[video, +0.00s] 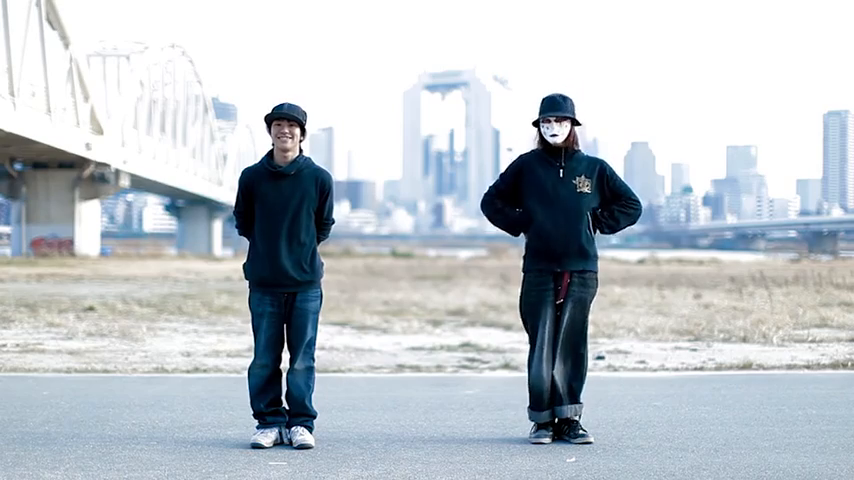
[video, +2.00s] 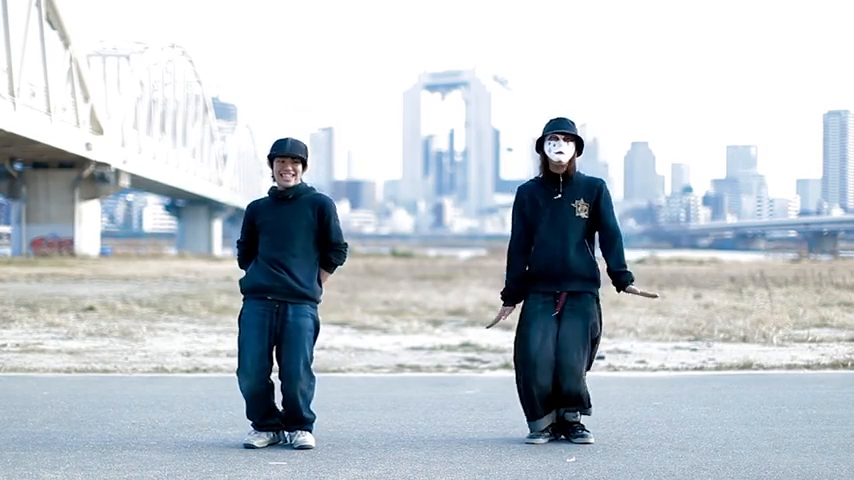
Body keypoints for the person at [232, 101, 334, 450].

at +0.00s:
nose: (285, 135)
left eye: (291, 129)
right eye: (279, 129)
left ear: (301, 135)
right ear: (270, 133)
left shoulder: (319, 179)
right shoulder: (251, 176)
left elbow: (323, 227)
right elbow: (243, 224)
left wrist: (299, 245)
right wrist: (269, 244)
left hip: (306, 280)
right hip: (264, 280)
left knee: (302, 355)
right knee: (265, 355)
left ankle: (300, 424)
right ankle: (269, 425)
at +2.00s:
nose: (286, 169)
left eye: (293, 163)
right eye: (281, 163)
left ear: (302, 168)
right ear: (272, 167)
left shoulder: (321, 205)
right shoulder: (256, 209)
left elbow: (337, 250)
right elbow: (245, 252)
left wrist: (316, 283)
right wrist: (261, 277)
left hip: (300, 300)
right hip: (258, 298)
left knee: (296, 368)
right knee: (251, 371)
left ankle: (300, 428)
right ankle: (266, 427)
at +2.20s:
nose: (263, 140)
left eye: (268, 134)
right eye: (256, 135)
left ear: (279, 138)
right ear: (248, 141)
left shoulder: (304, 172)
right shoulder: (245, 186)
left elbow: (331, 213)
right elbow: (252, 229)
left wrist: (317, 241)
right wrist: (280, 245)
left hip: (306, 281)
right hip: (267, 282)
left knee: (298, 355)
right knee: (259, 354)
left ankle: (300, 426)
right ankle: (267, 425)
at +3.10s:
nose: (302, 153)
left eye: (309, 149)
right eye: (298, 146)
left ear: (316, 157)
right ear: (286, 148)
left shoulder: (322, 198)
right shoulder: (259, 183)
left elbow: (325, 241)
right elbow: (234, 225)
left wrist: (306, 260)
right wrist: (248, 250)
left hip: (301, 288)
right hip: (259, 286)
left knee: (304, 359)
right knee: (262, 359)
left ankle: (301, 425)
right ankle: (266, 426)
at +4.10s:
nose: (259, 136)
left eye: (264, 130)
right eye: (252, 133)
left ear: (277, 136)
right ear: (246, 141)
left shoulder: (305, 172)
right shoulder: (245, 186)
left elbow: (331, 212)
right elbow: (251, 229)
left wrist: (316, 245)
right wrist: (275, 247)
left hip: (307, 279)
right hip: (268, 279)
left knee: (300, 354)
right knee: (263, 354)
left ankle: (301, 424)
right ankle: (267, 424)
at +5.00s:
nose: (302, 147)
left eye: (308, 143)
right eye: (296, 141)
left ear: (316, 151)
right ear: (285, 145)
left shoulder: (325, 195)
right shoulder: (259, 185)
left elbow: (329, 240)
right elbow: (237, 228)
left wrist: (303, 261)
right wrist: (258, 255)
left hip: (305, 288)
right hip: (263, 287)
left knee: (309, 360)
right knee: (263, 359)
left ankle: (301, 425)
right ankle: (265, 425)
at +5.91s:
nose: (270, 152)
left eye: (276, 146)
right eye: (264, 147)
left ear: (288, 151)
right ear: (256, 154)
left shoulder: (311, 188)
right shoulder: (250, 199)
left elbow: (329, 235)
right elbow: (249, 243)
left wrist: (310, 260)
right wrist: (271, 261)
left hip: (302, 291)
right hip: (261, 290)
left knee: (298, 362)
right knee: (253, 363)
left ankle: (302, 426)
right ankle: (266, 425)